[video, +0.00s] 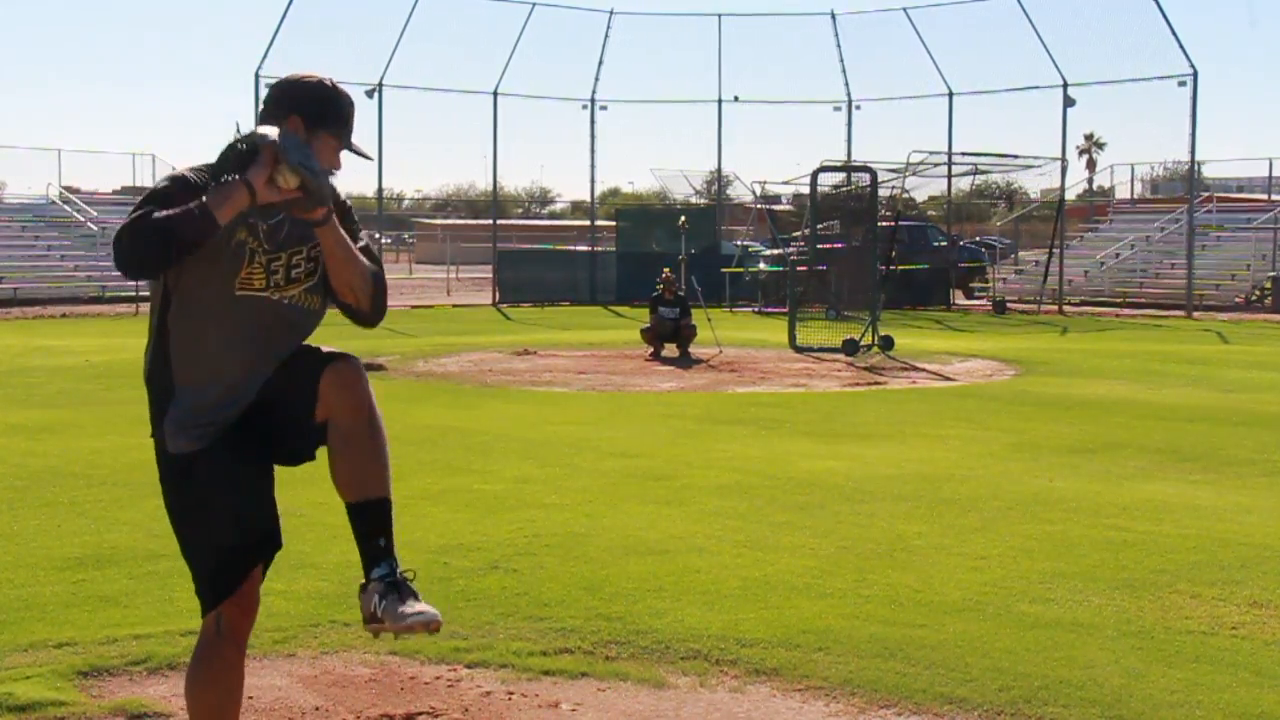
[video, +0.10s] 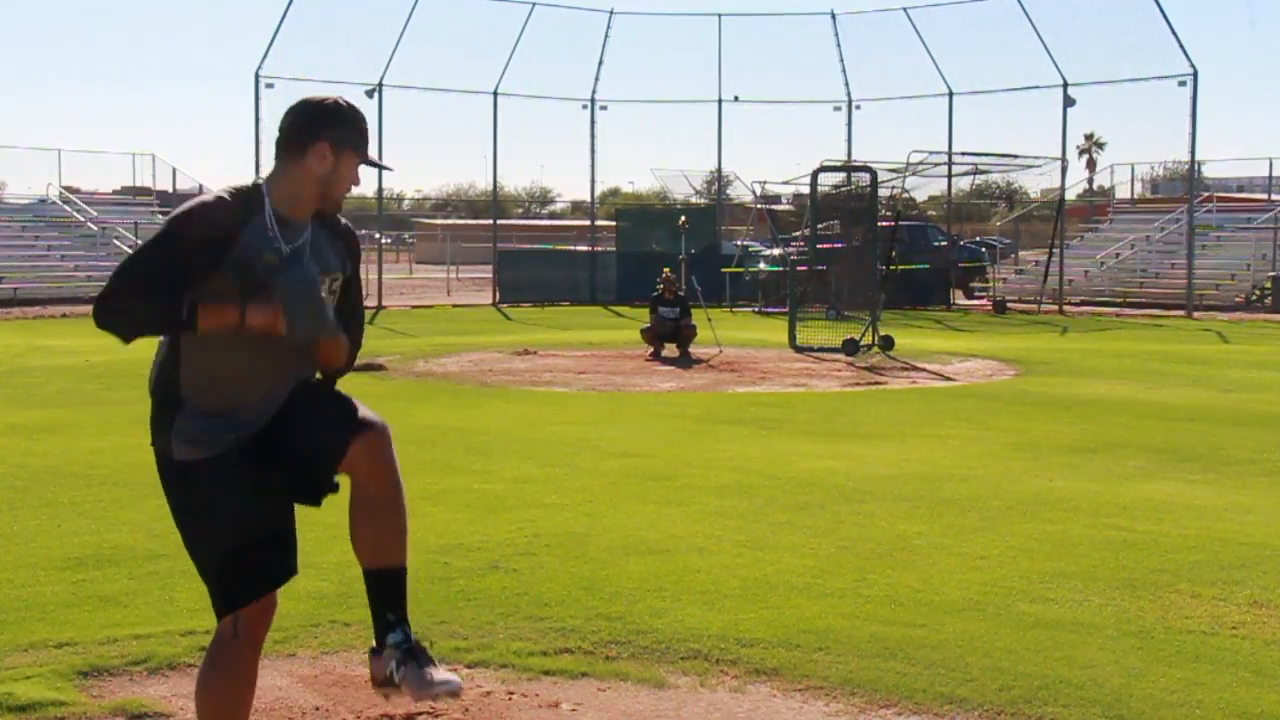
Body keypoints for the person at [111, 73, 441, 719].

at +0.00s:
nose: (337, 162)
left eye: (342, 149)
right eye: (332, 145)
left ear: (311, 139)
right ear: (291, 130)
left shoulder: (328, 210)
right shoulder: (202, 187)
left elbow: (369, 309)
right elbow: (132, 254)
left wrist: (324, 223)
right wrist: (245, 193)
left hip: (274, 384)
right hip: (197, 414)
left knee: (346, 378)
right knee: (234, 600)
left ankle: (382, 580)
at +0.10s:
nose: (359, 178)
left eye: (362, 165)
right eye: (356, 162)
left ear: (319, 160)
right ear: (319, 155)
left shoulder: (337, 242)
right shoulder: (215, 221)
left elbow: (339, 358)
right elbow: (115, 309)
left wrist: (326, 333)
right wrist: (239, 313)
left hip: (285, 412)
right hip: (205, 434)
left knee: (371, 440)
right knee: (251, 604)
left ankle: (394, 645)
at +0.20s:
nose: (377, 210)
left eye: (379, 198)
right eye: (377, 196)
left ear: (320, 188)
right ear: (352, 196)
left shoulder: (345, 285)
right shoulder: (234, 258)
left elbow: (340, 386)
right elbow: (131, 341)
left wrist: (342, 461)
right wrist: (164, 458)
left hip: (292, 455)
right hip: (212, 462)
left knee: (390, 527)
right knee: (275, 606)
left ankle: (432, 701)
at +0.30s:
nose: (400, 249)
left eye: (401, 236)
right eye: (400, 233)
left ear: (352, 227)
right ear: (375, 229)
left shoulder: (363, 319)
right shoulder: (260, 288)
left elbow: (392, 423)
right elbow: (149, 358)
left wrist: (439, 522)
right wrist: (57, 450)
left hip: (297, 471)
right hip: (213, 475)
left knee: (398, 580)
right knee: (294, 615)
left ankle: (466, 710)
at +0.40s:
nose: (420, 272)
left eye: (420, 261)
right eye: (420, 259)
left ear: (378, 256)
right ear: (400, 258)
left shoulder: (388, 339)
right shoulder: (288, 304)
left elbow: (439, 404)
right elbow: (170, 325)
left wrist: (494, 466)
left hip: (305, 488)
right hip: (230, 489)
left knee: (383, 582)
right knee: (318, 620)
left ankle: (449, 694)